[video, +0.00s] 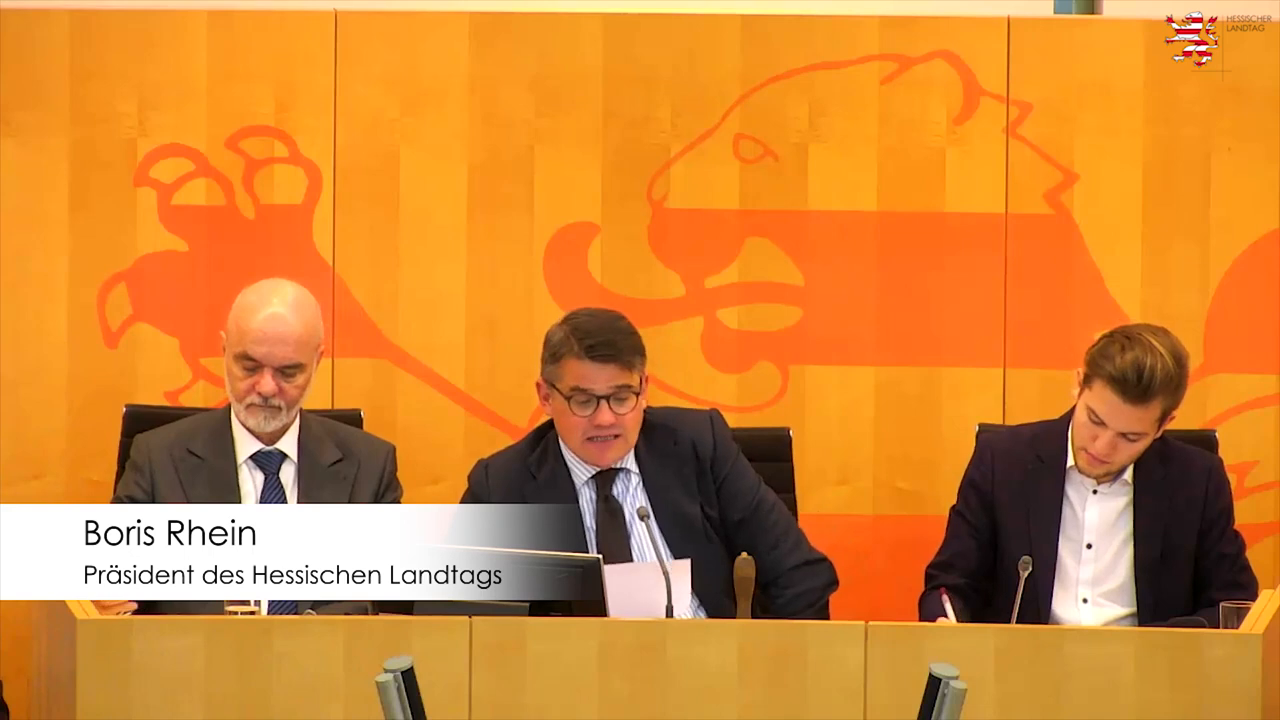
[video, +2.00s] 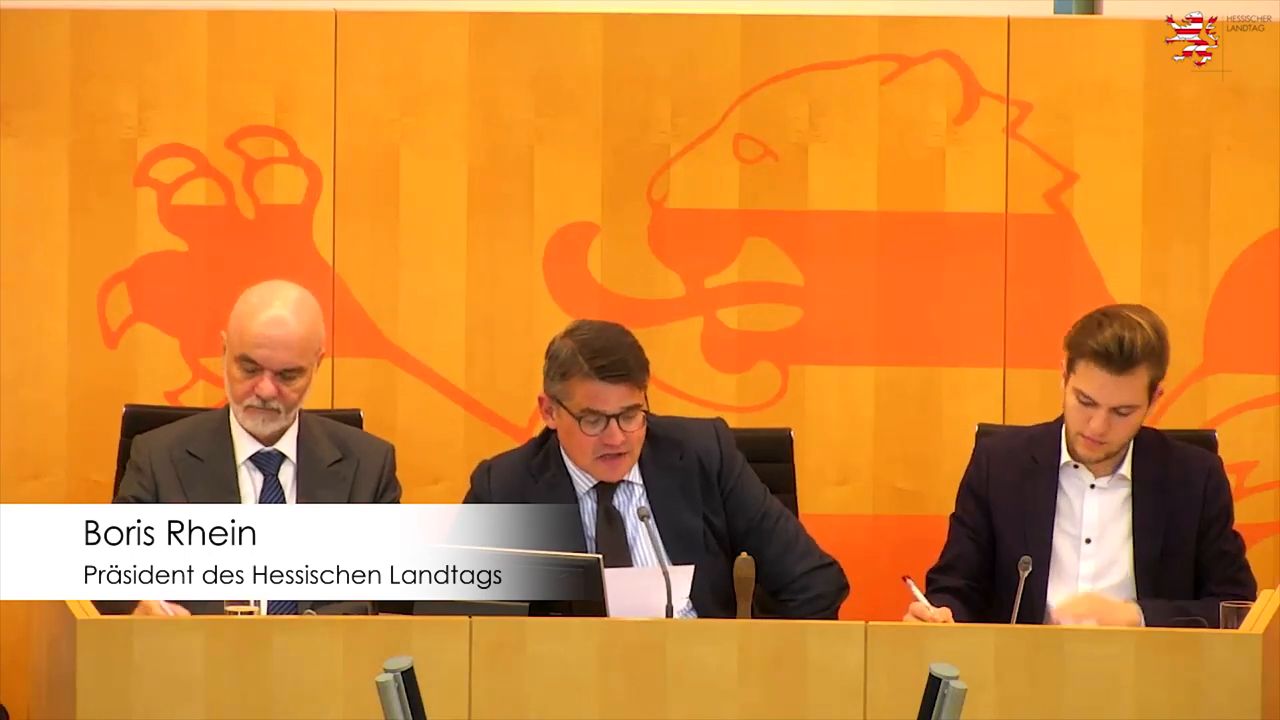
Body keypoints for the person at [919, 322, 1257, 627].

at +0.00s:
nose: (1102, 447)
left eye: (1129, 437)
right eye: (1094, 419)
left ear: (1164, 423)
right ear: (1079, 384)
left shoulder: (1198, 478)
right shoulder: (1001, 458)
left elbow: (1238, 601)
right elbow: (950, 583)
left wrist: (1166, 644)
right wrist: (949, 635)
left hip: (1149, 680)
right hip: (1023, 673)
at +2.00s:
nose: (1097, 427)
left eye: (1121, 411)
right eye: (1085, 401)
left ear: (1153, 400)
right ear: (1066, 378)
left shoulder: (1196, 477)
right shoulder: (999, 459)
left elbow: (1240, 608)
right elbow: (955, 585)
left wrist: (1138, 616)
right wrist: (939, 616)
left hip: (1148, 685)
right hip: (1021, 677)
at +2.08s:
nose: (1095, 425)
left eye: (1119, 408)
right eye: (1082, 400)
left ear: (1149, 395)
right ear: (1062, 377)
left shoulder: (1195, 477)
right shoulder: (998, 460)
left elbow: (1240, 610)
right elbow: (956, 587)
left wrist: (1137, 596)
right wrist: (939, 615)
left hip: (1150, 686)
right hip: (1022, 679)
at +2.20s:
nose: (1095, 422)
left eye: (1117, 404)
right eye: (1079, 400)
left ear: (1146, 389)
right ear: (1055, 381)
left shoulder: (1191, 473)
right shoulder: (997, 459)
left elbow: (1225, 606)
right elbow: (956, 587)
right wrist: (941, 617)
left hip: (1150, 680)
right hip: (1022, 674)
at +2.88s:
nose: (1113, 410)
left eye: (1129, 386)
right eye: (1091, 391)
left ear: (1146, 377)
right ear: (1056, 387)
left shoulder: (1205, 474)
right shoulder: (1008, 463)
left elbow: (1233, 606)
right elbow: (967, 586)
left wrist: (1122, 559)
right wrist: (940, 617)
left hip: (1154, 677)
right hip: (1027, 673)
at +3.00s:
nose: (1115, 406)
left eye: (1129, 382)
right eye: (1092, 387)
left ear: (1145, 374)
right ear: (1055, 387)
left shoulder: (1205, 472)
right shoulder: (1009, 464)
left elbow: (1245, 606)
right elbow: (968, 587)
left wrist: (1144, 598)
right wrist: (943, 614)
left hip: (1158, 685)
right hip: (1029, 680)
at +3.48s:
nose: (1100, 389)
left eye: (1118, 370)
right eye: (1081, 370)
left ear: (1146, 374)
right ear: (1056, 375)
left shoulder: (1199, 469)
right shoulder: (1003, 460)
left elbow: (1240, 601)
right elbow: (956, 583)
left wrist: (1175, 641)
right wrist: (945, 616)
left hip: (1159, 672)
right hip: (1030, 667)